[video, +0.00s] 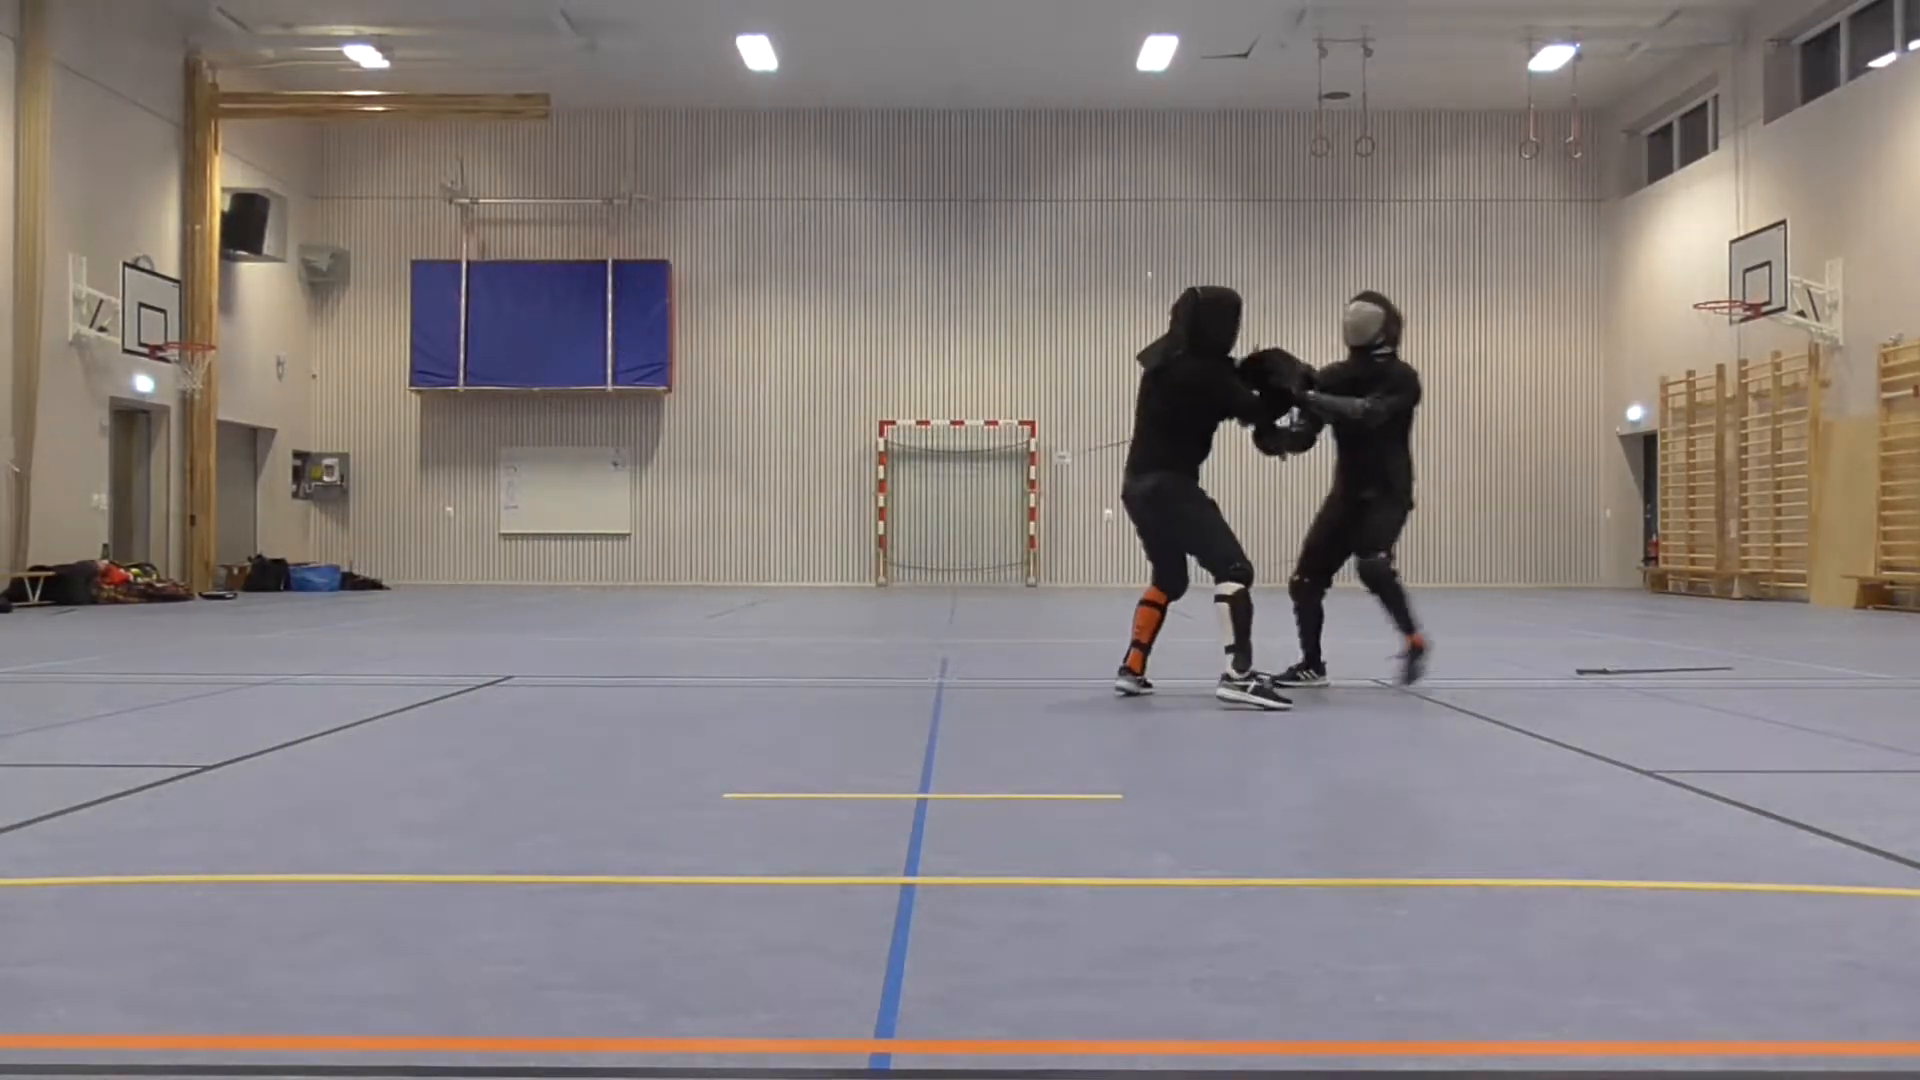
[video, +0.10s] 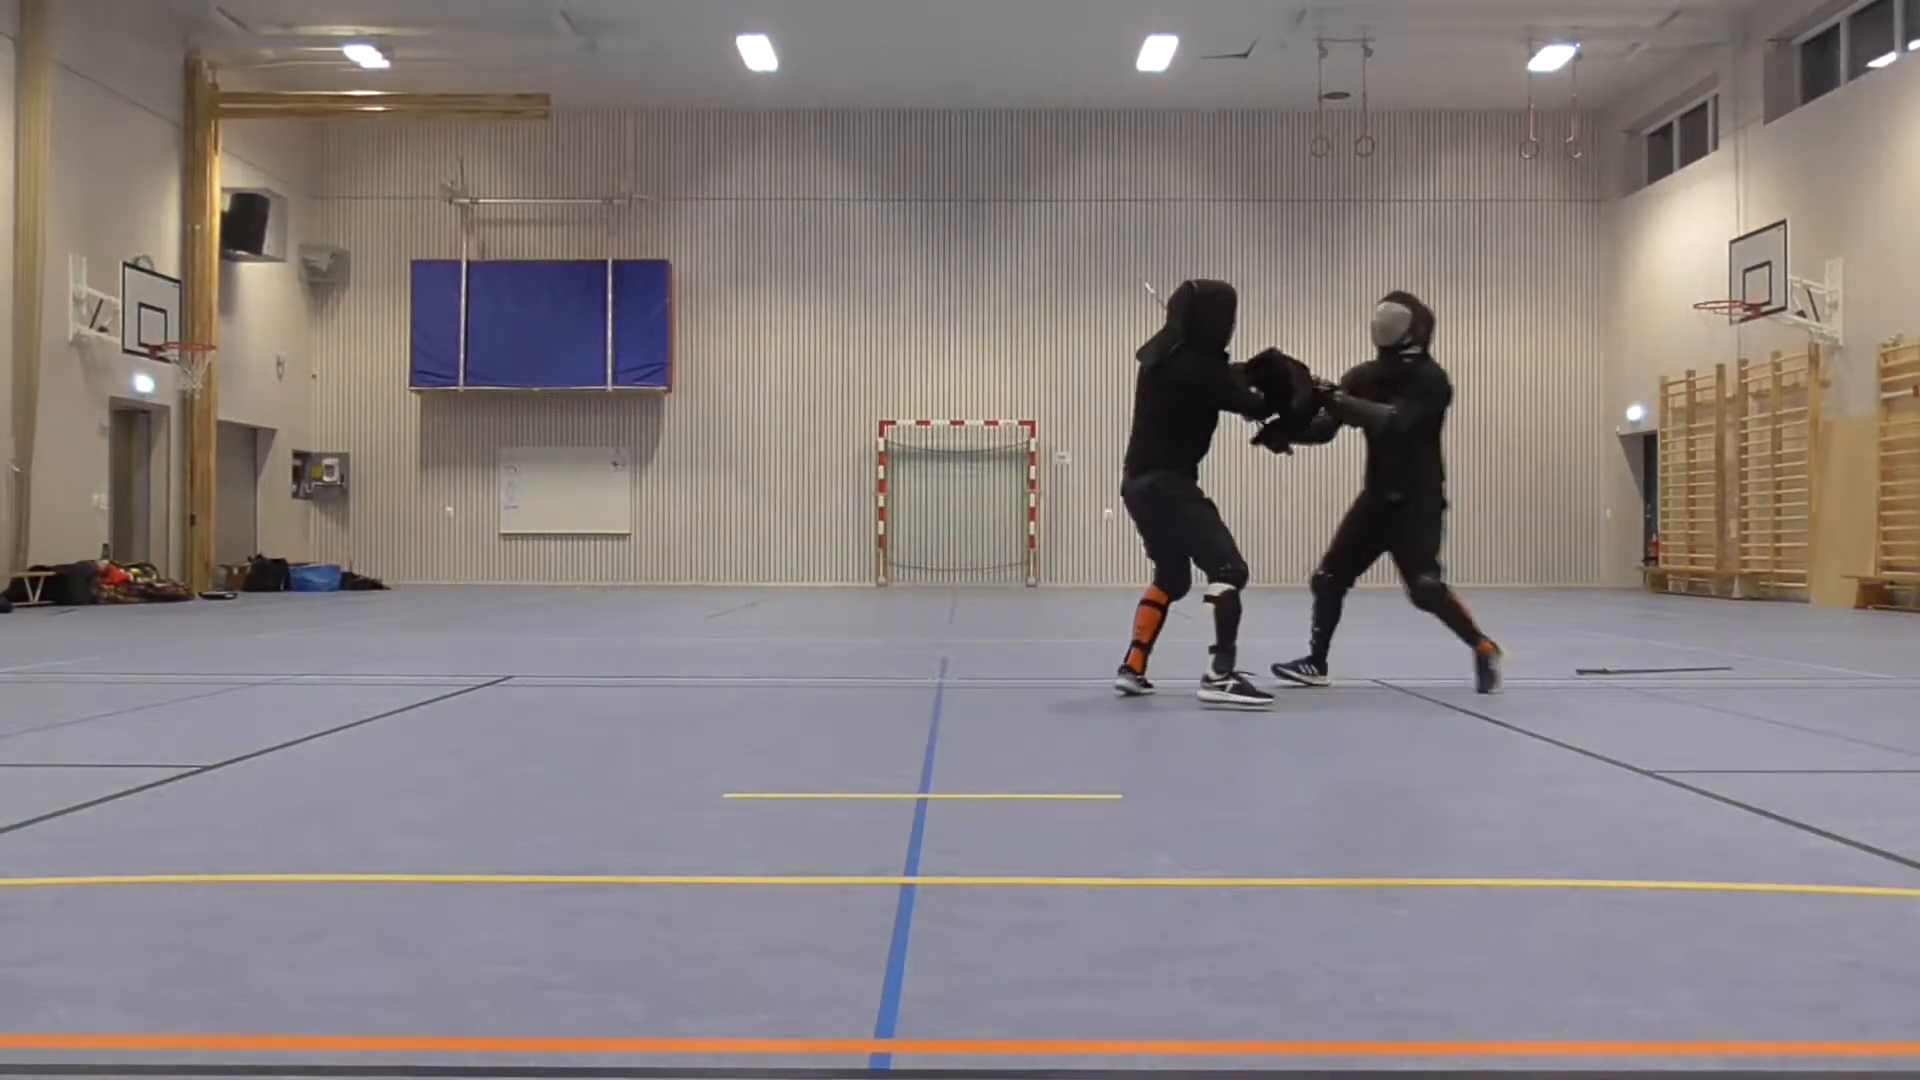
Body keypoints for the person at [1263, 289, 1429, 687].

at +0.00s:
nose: (1351, 332)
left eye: (1360, 325)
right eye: (1349, 325)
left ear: (1381, 332)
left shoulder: (1403, 379)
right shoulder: (1331, 377)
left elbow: (1370, 412)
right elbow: (1304, 432)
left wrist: (1309, 398)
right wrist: (1273, 437)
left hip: (1390, 495)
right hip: (1347, 494)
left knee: (1371, 564)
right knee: (1306, 584)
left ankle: (1414, 641)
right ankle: (1312, 664)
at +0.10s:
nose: (1380, 336)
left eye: (1388, 329)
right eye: (1378, 329)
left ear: (1409, 333)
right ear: (1380, 332)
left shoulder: (1431, 380)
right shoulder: (1364, 376)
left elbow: (1395, 419)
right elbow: (1325, 426)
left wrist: (1336, 399)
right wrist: (1286, 427)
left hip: (1419, 501)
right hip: (1377, 499)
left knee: (1424, 590)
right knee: (1328, 582)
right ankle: (1316, 662)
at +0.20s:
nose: (1405, 345)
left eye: (1414, 337)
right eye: (1403, 337)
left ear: (1437, 341)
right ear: (1404, 338)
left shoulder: (1460, 386)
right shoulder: (1391, 381)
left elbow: (1422, 431)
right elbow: (1343, 426)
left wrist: (1366, 404)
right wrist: (1304, 422)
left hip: (1456, 509)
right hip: (1410, 506)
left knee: (1463, 597)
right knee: (1361, 584)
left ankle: (1501, 668)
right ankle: (1325, 659)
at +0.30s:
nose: (1423, 344)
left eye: (1433, 336)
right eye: (1420, 336)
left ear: (1458, 338)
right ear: (1415, 335)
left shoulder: (1484, 383)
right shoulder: (1408, 383)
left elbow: (1475, 441)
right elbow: (1369, 429)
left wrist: (1411, 418)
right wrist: (1328, 443)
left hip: (1478, 503)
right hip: (1430, 500)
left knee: (1478, 589)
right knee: (1389, 584)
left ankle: (1503, 666)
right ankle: (1373, 661)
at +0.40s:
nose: (1440, 334)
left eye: (1451, 326)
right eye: (1437, 325)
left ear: (1477, 330)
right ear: (1432, 326)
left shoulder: (1504, 379)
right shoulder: (1421, 379)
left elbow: (1513, 440)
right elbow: (1385, 428)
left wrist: (1458, 432)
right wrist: (1351, 446)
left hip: (1489, 503)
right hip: (1436, 501)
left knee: (1489, 585)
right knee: (1402, 584)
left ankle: (1504, 666)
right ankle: (1380, 660)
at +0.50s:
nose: (1449, 332)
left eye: (1460, 323)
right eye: (1445, 323)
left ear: (1485, 327)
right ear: (1440, 325)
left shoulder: (1515, 378)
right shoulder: (1432, 376)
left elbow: (1535, 442)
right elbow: (1397, 423)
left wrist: (1497, 440)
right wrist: (1361, 446)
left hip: (1494, 501)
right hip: (1443, 498)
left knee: (1491, 586)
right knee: (1404, 579)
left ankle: (1504, 665)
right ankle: (1386, 655)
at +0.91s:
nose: (1455, 330)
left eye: (1464, 321)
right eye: (1448, 321)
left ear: (1483, 323)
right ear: (1437, 325)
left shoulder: (1505, 374)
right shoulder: (1424, 377)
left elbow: (1527, 427)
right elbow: (1410, 432)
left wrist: (1531, 459)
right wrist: (1411, 466)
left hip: (1492, 497)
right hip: (1441, 498)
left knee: (1495, 586)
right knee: (1431, 584)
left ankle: (1502, 665)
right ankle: (1420, 670)